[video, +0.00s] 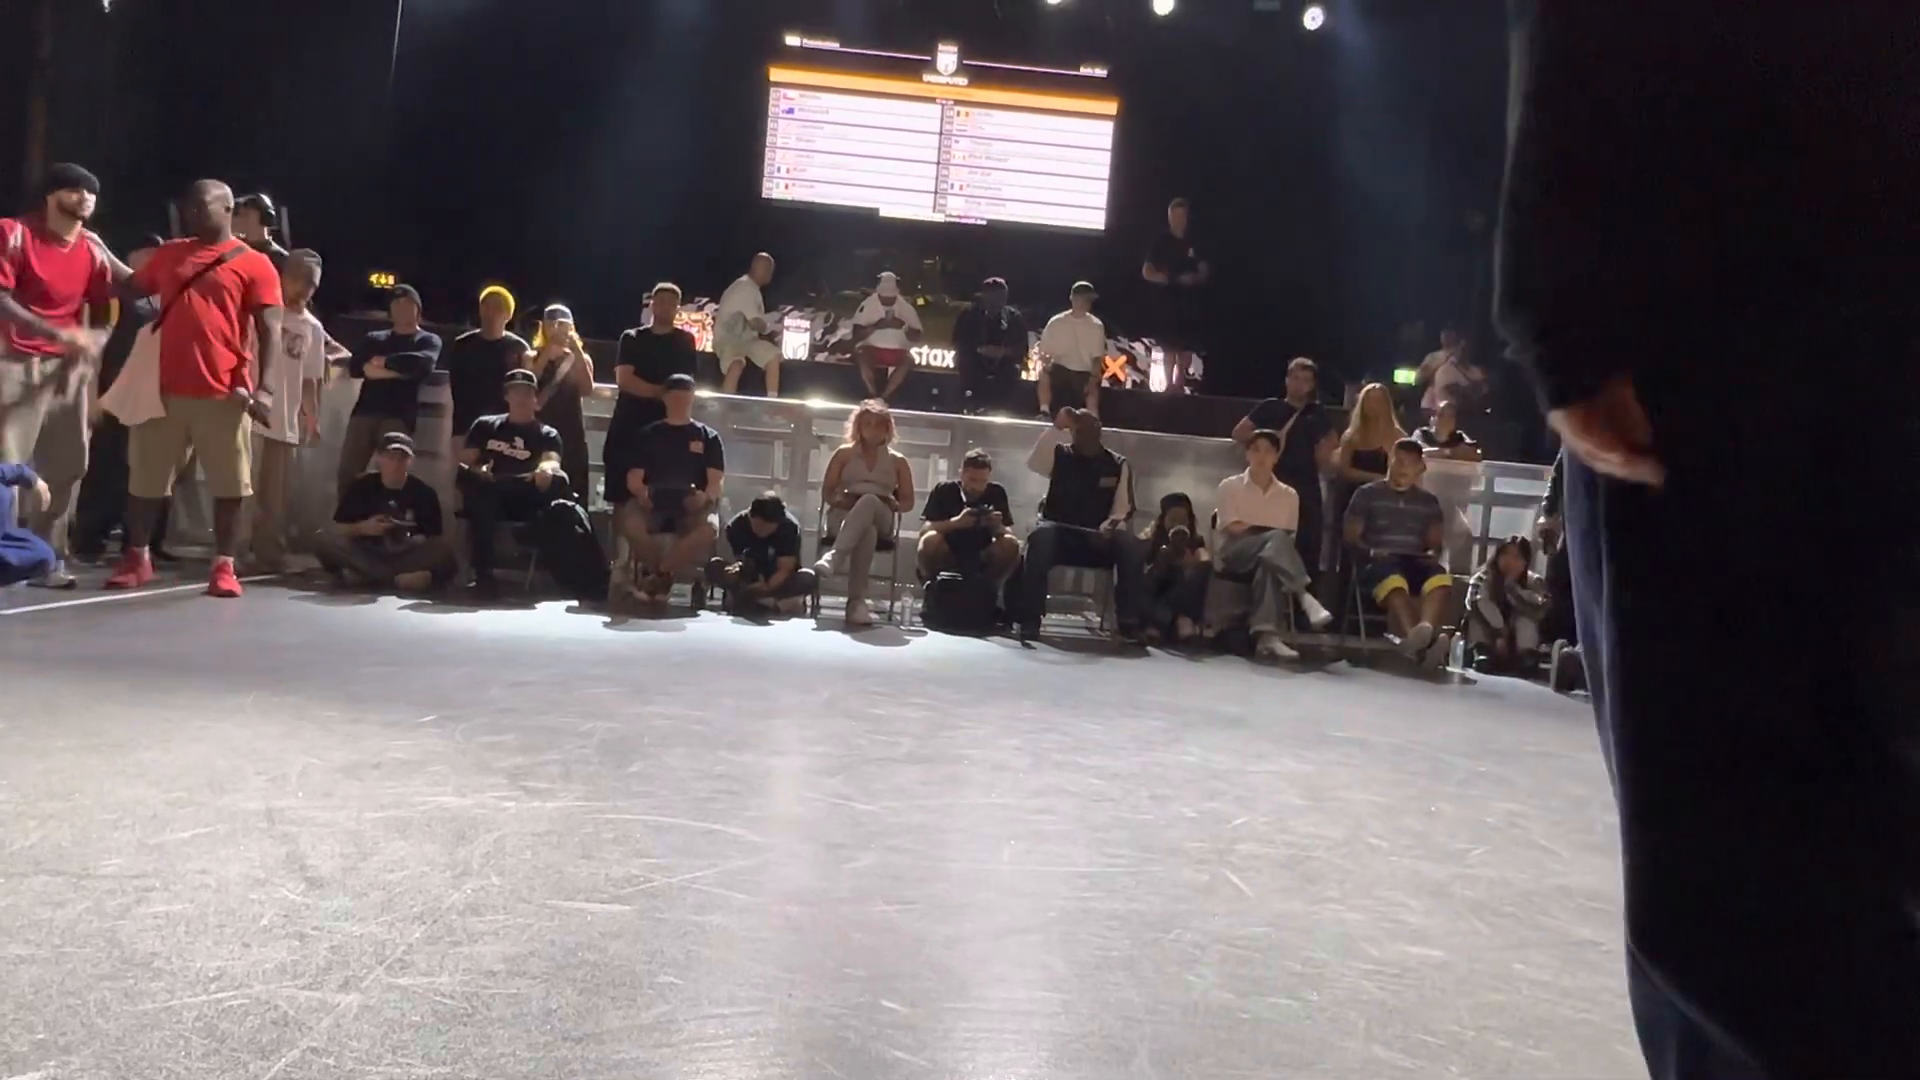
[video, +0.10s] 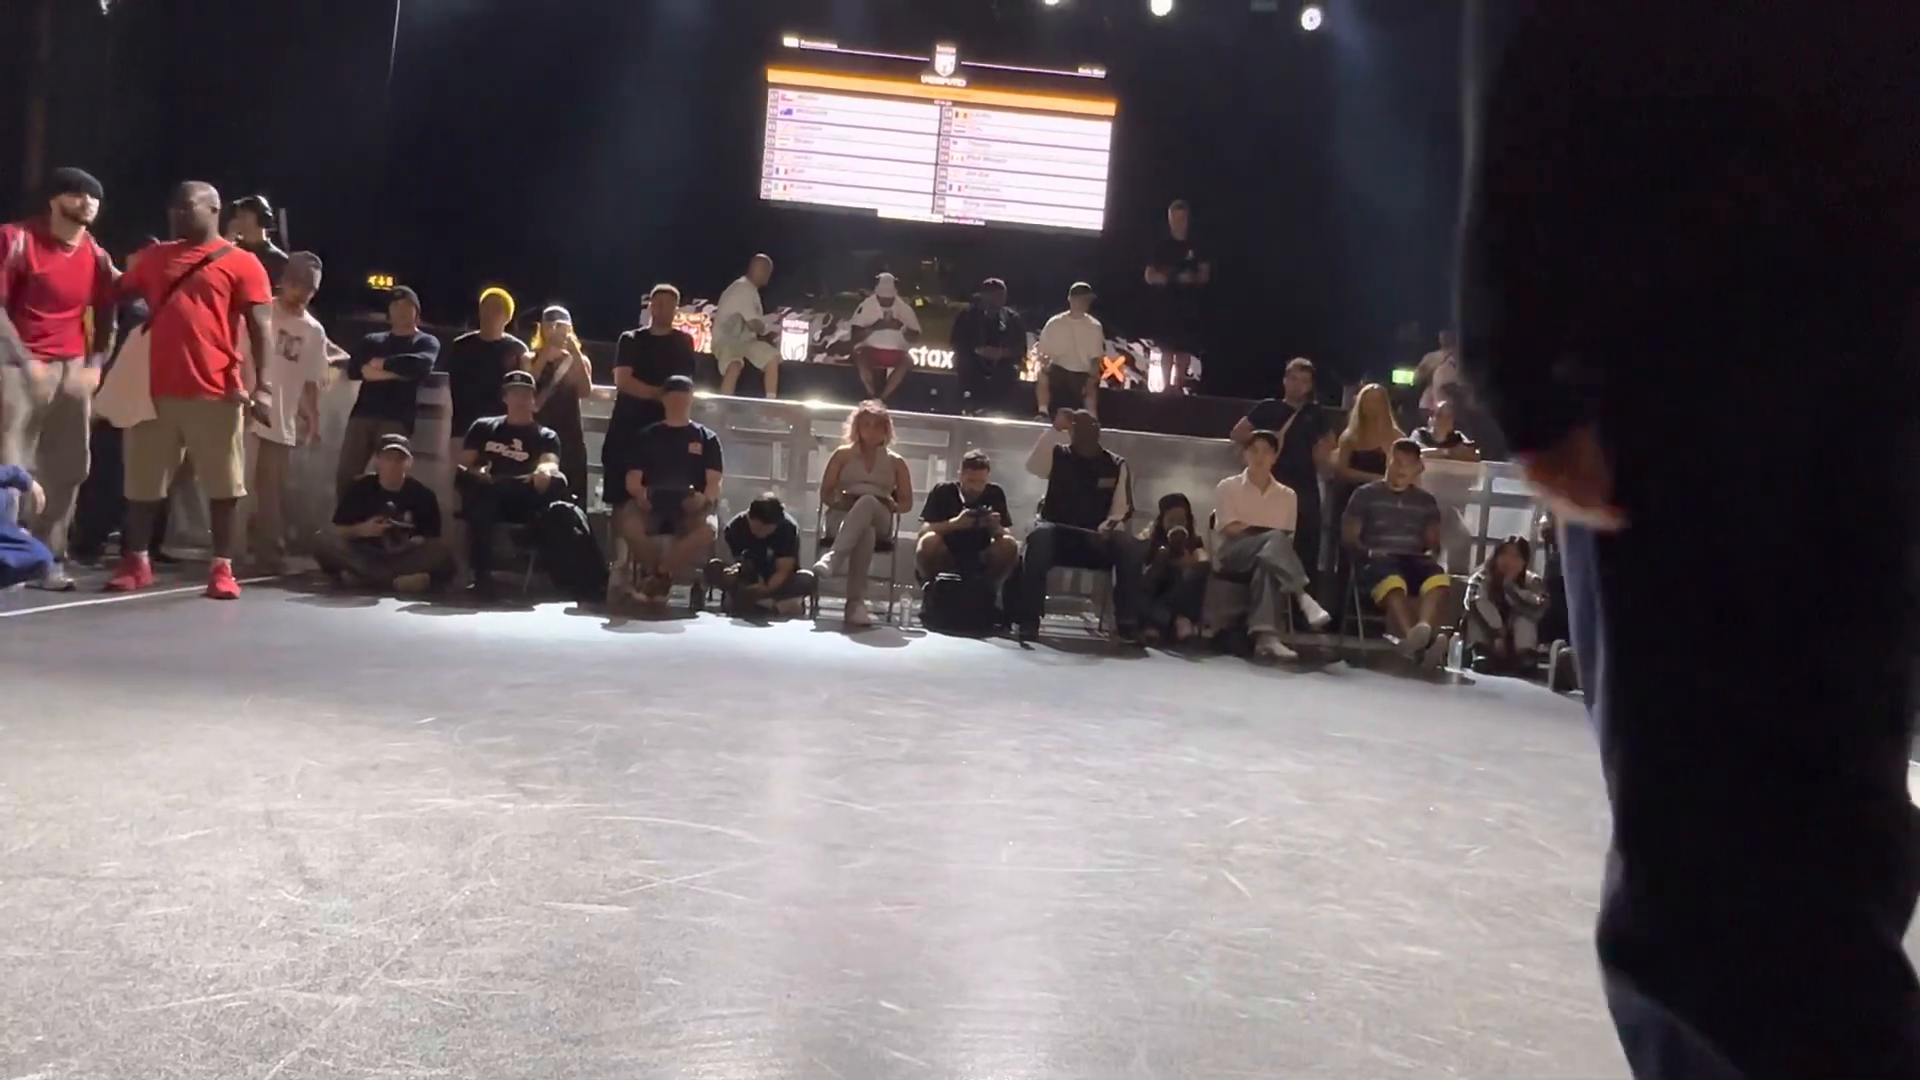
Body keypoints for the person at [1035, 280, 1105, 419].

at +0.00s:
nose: (1083, 303)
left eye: (1087, 299)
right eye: (1080, 298)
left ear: (1090, 301)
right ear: (1072, 299)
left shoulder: (1096, 325)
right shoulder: (1056, 322)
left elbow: (1098, 358)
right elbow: (1044, 349)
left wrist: (1092, 381)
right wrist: (1045, 363)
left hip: (1085, 370)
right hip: (1060, 367)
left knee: (1093, 384)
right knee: (1043, 374)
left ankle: (1093, 419)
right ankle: (1044, 410)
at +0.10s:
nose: (1081, 303)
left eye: (1085, 299)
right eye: (1078, 299)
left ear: (1089, 302)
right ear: (1070, 300)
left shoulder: (1095, 326)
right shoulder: (1054, 323)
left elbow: (1097, 358)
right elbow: (1043, 351)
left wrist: (1091, 381)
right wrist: (1043, 364)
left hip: (1083, 371)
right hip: (1058, 368)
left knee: (1091, 384)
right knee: (1042, 375)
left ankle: (1092, 419)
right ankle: (1043, 411)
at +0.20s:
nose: (1079, 303)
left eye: (1082, 299)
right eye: (1075, 298)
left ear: (1086, 301)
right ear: (1068, 299)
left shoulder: (1092, 326)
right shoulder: (1052, 322)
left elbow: (1094, 358)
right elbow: (1040, 349)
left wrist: (1089, 381)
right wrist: (1041, 362)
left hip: (1081, 371)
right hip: (1056, 368)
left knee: (1089, 383)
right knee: (1040, 374)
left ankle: (1088, 416)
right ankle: (1040, 410)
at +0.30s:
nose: (1076, 302)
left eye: (1080, 298)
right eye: (1073, 298)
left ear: (1084, 301)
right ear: (1065, 299)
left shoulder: (1090, 326)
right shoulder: (1050, 322)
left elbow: (1092, 358)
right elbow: (1038, 349)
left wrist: (1086, 381)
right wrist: (1040, 363)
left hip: (1079, 370)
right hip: (1054, 368)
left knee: (1087, 385)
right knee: (1038, 376)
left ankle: (1087, 418)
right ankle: (1038, 411)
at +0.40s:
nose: (1075, 302)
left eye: (1078, 299)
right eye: (1071, 298)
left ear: (1082, 301)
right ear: (1063, 299)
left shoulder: (1088, 325)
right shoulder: (1048, 322)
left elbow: (1090, 358)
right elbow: (1036, 349)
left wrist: (1085, 381)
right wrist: (1037, 362)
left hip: (1077, 370)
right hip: (1052, 368)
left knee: (1085, 385)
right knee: (1036, 376)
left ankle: (1085, 419)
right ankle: (1037, 411)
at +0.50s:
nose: (1073, 302)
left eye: (1076, 298)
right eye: (1069, 297)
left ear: (1080, 301)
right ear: (1061, 300)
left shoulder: (1086, 326)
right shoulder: (1046, 323)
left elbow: (1088, 358)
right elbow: (1034, 350)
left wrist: (1083, 382)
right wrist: (1035, 364)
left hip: (1075, 371)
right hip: (1051, 368)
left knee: (1083, 385)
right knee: (1034, 376)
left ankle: (1084, 419)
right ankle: (1035, 412)